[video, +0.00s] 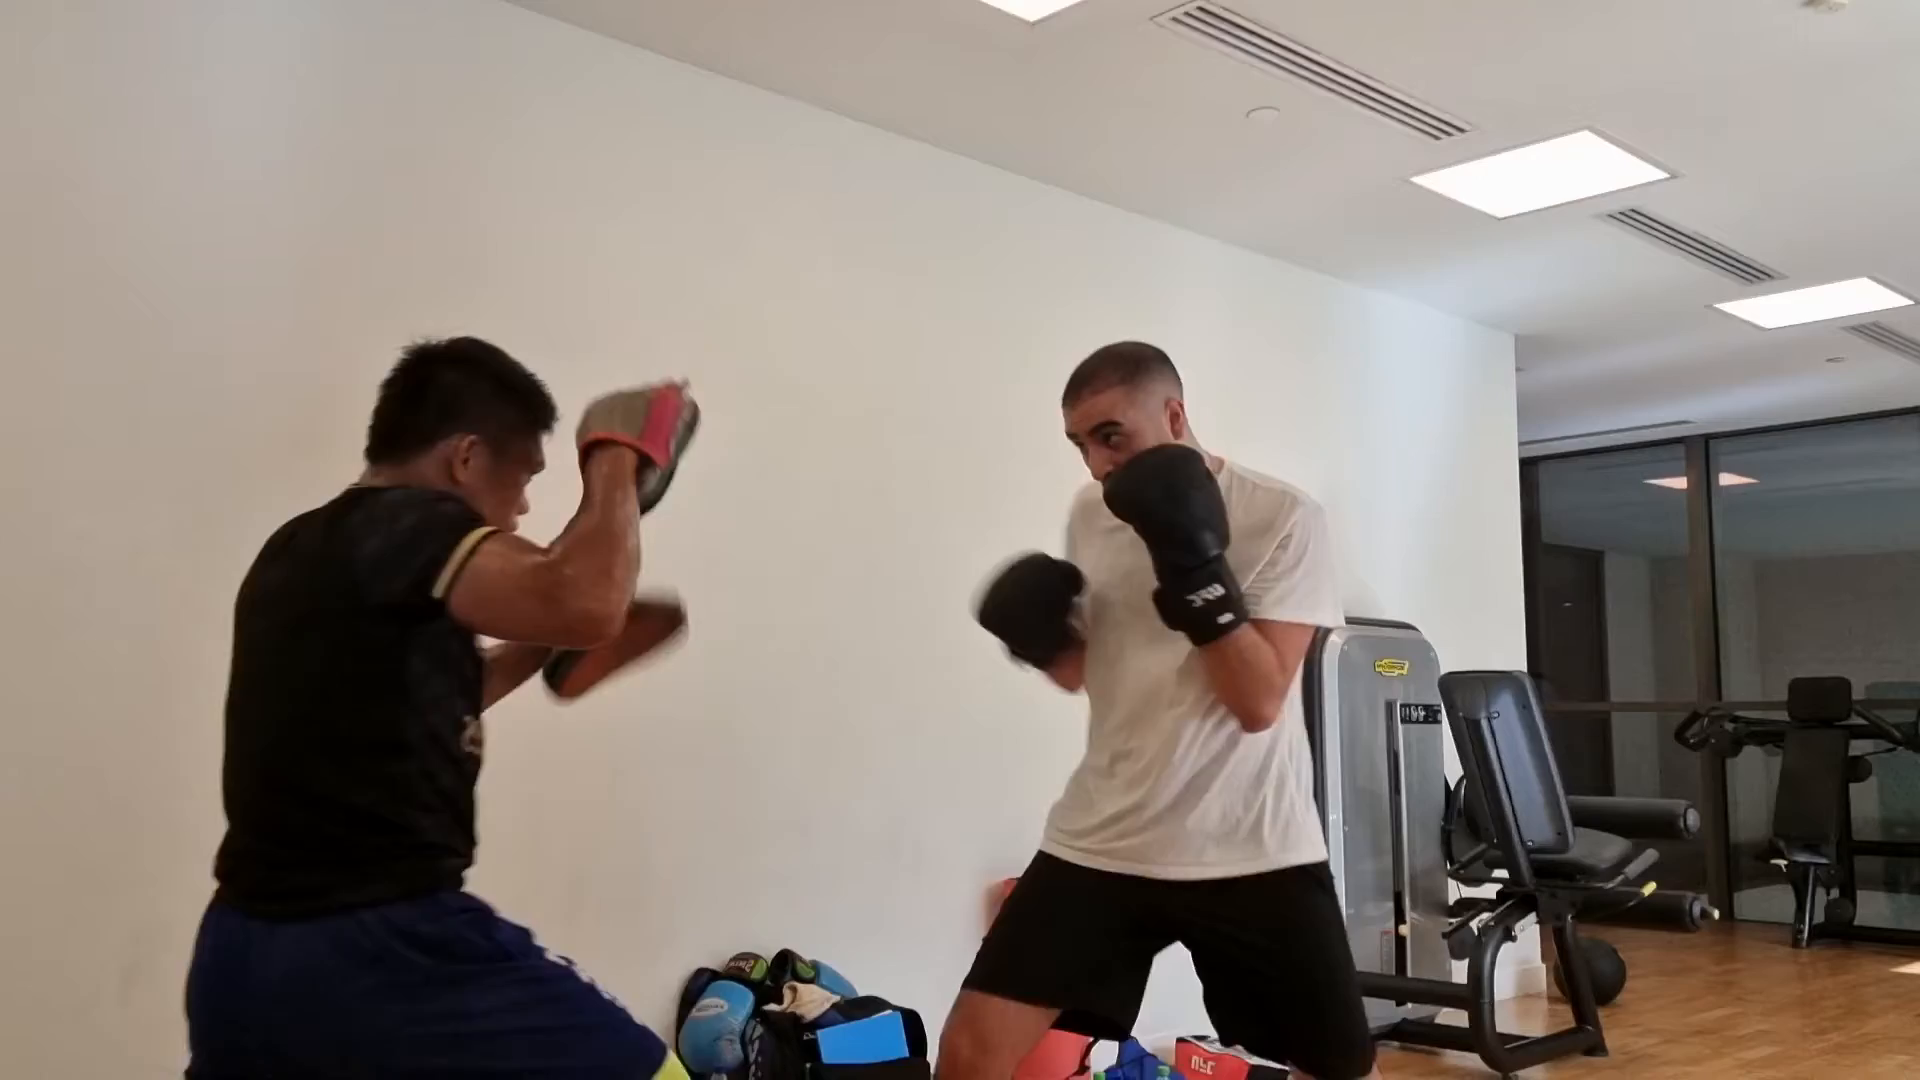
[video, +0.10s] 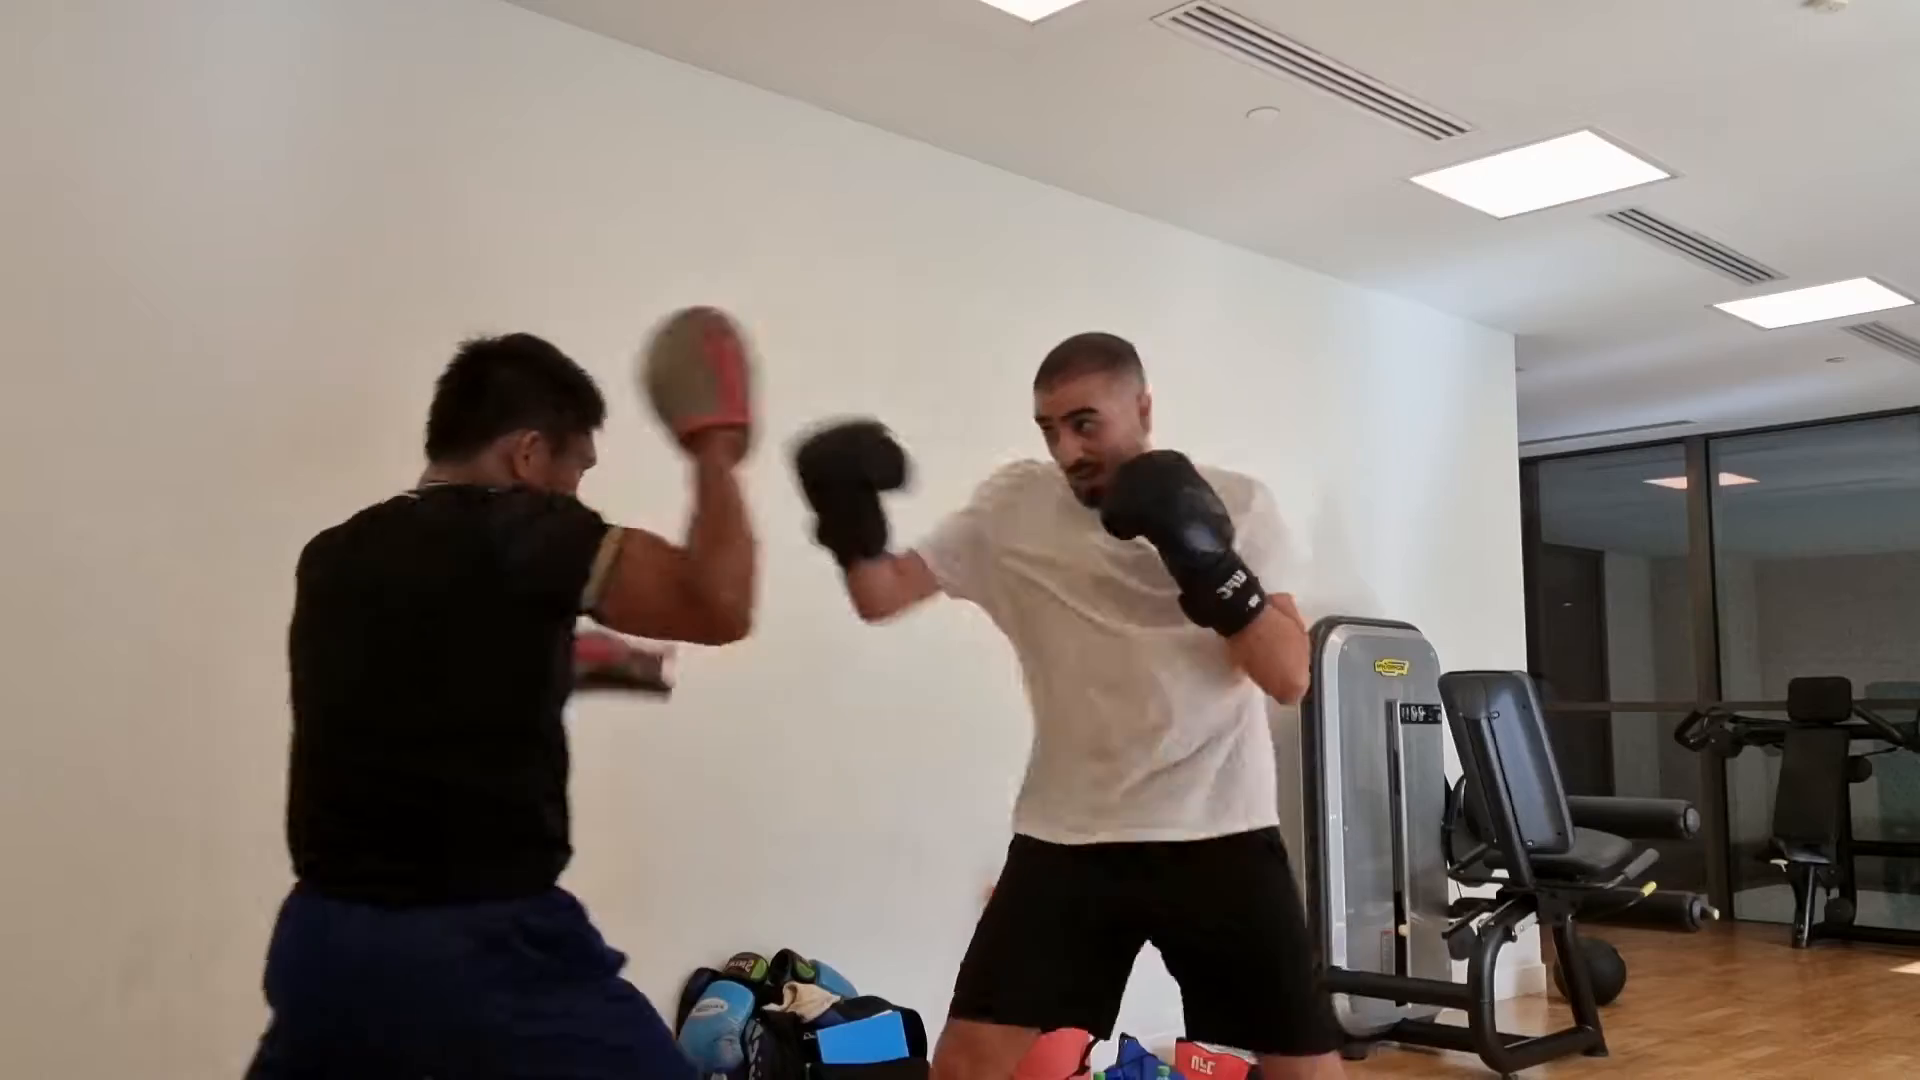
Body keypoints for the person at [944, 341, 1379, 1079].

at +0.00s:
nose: (1097, 463)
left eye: (1112, 435)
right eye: (1082, 446)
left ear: (1174, 417)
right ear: (1075, 446)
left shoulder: (1285, 518)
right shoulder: (1092, 514)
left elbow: (1260, 700)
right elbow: (1083, 674)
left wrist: (1194, 559)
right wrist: (1042, 636)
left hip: (1257, 859)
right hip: (1095, 852)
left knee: (1340, 1068)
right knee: (971, 1054)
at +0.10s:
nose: (1067, 450)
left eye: (1085, 423)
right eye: (1050, 429)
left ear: (1143, 410)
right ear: (1037, 428)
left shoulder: (1233, 505)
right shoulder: (1015, 506)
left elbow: (1290, 675)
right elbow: (880, 596)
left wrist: (1207, 563)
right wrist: (851, 515)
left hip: (1224, 845)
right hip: (1064, 850)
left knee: (1307, 1068)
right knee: (971, 1063)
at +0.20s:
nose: (995, 456)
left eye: (1016, 431)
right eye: (980, 433)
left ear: (1074, 425)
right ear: (969, 435)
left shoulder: (1157, 501)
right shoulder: (968, 526)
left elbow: (1262, 637)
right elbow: (861, 641)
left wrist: (1148, 541)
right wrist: (850, 532)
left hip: (1177, 852)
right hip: (1037, 849)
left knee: (1245, 1067)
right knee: (946, 1061)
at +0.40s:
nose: (975, 453)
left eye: (992, 425)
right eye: (959, 434)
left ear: (1050, 409)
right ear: (950, 435)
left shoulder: (1127, 486)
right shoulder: (998, 528)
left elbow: (1121, 587)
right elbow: (1040, 670)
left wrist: (967, 528)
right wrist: (937, 691)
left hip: (1148, 827)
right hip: (1017, 840)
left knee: (1238, 1065)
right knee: (920, 1057)